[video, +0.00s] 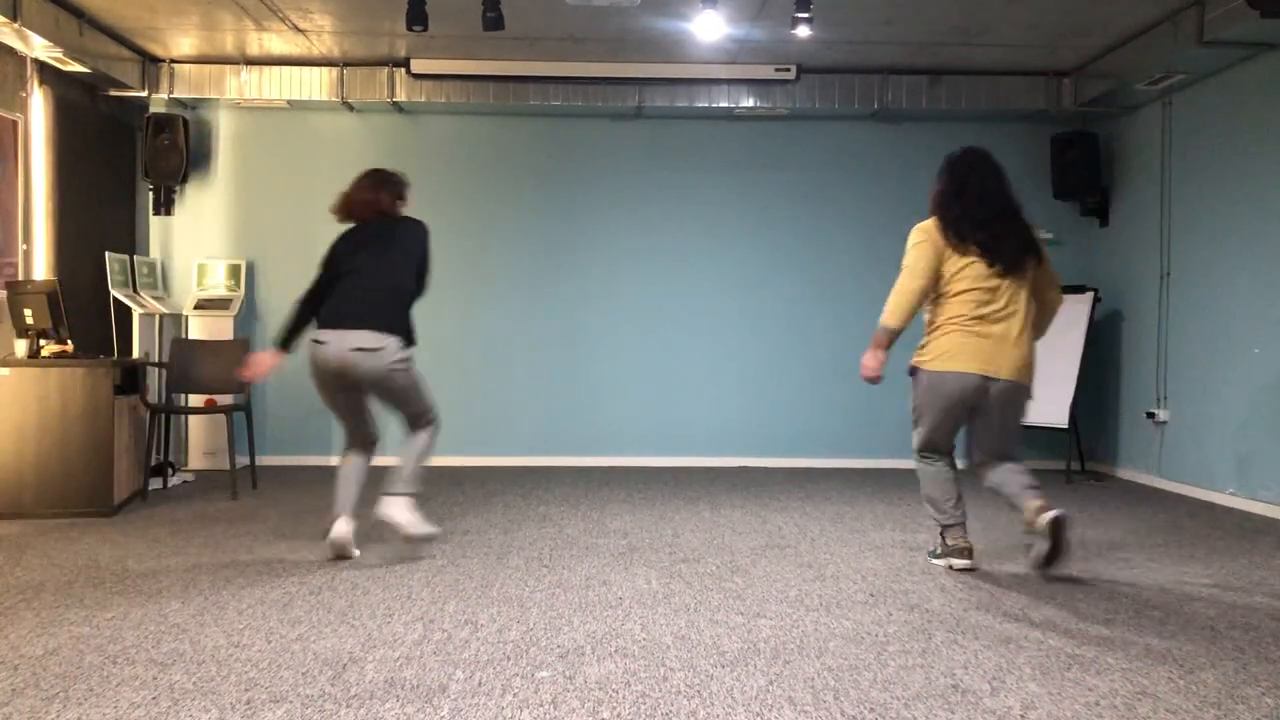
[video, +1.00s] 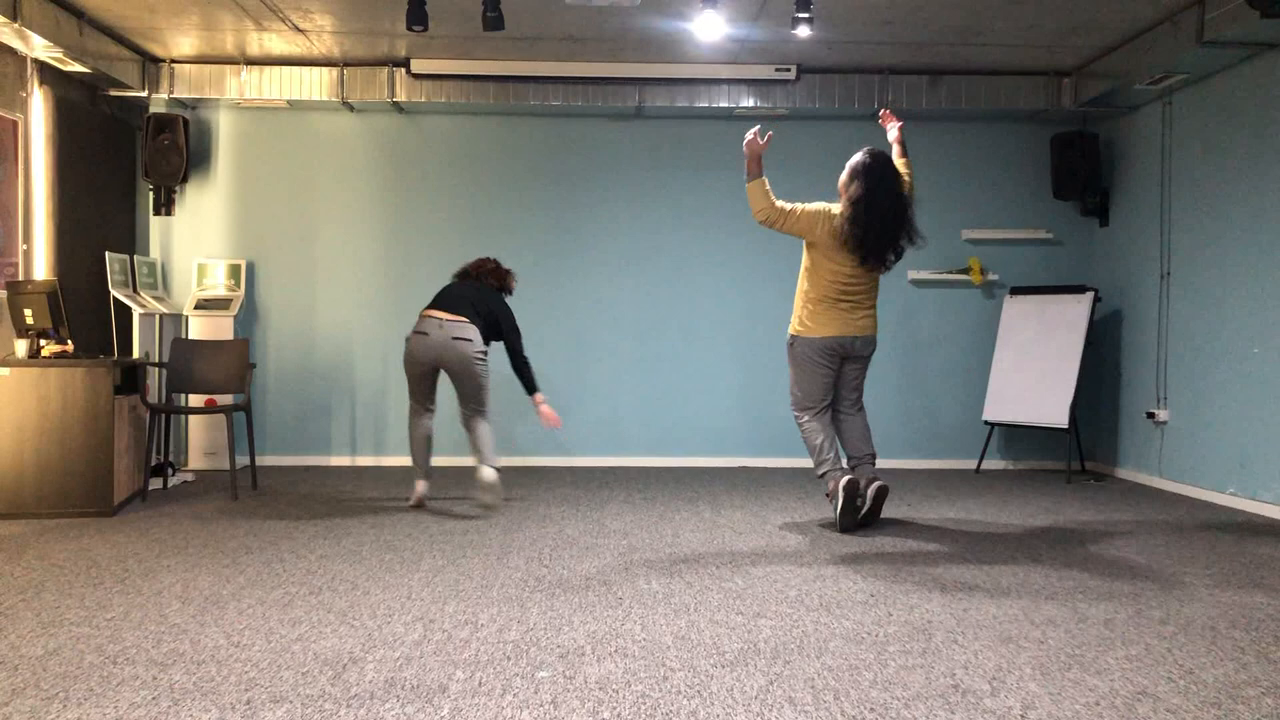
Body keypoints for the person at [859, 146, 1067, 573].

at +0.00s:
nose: (936, 191)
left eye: (940, 184)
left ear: (945, 189)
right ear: (998, 191)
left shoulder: (932, 232)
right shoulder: (1019, 236)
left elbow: (912, 287)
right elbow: (1050, 296)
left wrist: (879, 345)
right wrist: (1022, 336)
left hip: (949, 365)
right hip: (1012, 371)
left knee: (932, 452)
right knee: (993, 459)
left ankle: (955, 542)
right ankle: (1040, 511)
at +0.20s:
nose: (900, 188)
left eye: (904, 182)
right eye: (905, 181)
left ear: (910, 191)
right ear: (959, 193)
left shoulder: (890, 232)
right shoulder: (974, 236)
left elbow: (855, 288)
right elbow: (1006, 292)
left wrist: (826, 303)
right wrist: (988, 322)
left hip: (908, 363)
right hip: (960, 365)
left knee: (901, 453)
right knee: (920, 437)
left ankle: (946, 519)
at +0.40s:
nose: (871, 185)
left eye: (875, 179)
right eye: (873, 178)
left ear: (886, 186)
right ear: (921, 188)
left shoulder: (866, 228)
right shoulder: (932, 230)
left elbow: (824, 270)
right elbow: (953, 274)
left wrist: (788, 254)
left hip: (873, 349)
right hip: (921, 353)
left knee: (833, 415)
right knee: (886, 427)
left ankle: (870, 498)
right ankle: (882, 507)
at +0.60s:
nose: (856, 152)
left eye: (862, 148)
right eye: (861, 145)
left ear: (872, 158)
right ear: (905, 161)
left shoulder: (849, 194)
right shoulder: (913, 196)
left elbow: (795, 206)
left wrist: (767, 171)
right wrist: (923, 149)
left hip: (852, 320)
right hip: (901, 322)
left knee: (842, 409)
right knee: (885, 406)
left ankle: (856, 490)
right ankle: (877, 489)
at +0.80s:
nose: (852, 161)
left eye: (858, 157)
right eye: (857, 155)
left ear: (865, 168)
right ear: (897, 174)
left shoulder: (835, 204)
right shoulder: (900, 208)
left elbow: (779, 197)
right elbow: (913, 174)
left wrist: (761, 149)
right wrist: (912, 133)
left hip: (832, 328)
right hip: (878, 328)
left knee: (824, 408)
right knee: (864, 404)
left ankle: (843, 483)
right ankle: (872, 484)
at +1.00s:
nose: (841, 176)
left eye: (845, 173)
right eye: (846, 170)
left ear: (851, 186)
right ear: (882, 189)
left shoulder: (823, 219)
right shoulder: (886, 219)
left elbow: (766, 212)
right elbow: (901, 185)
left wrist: (753, 162)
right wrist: (897, 142)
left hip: (816, 334)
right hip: (862, 335)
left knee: (811, 410)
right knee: (850, 406)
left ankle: (837, 481)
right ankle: (867, 478)